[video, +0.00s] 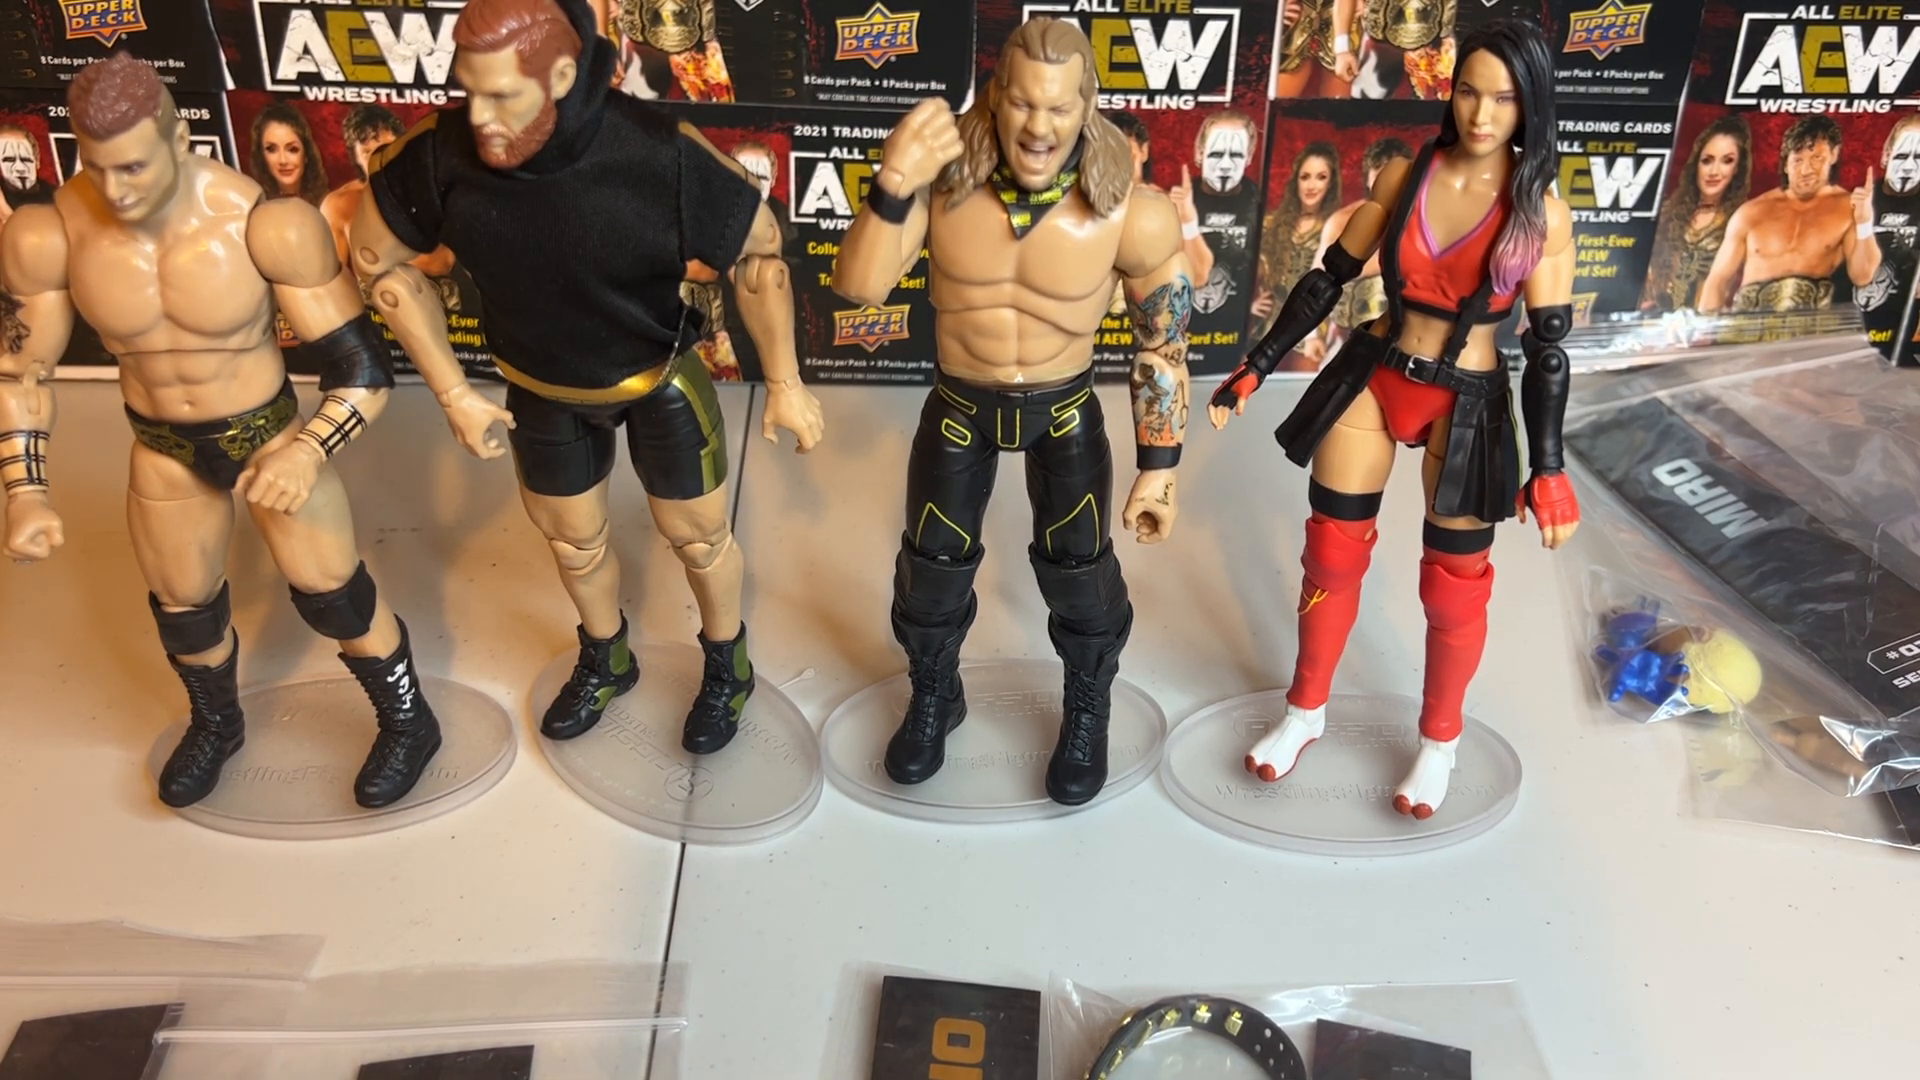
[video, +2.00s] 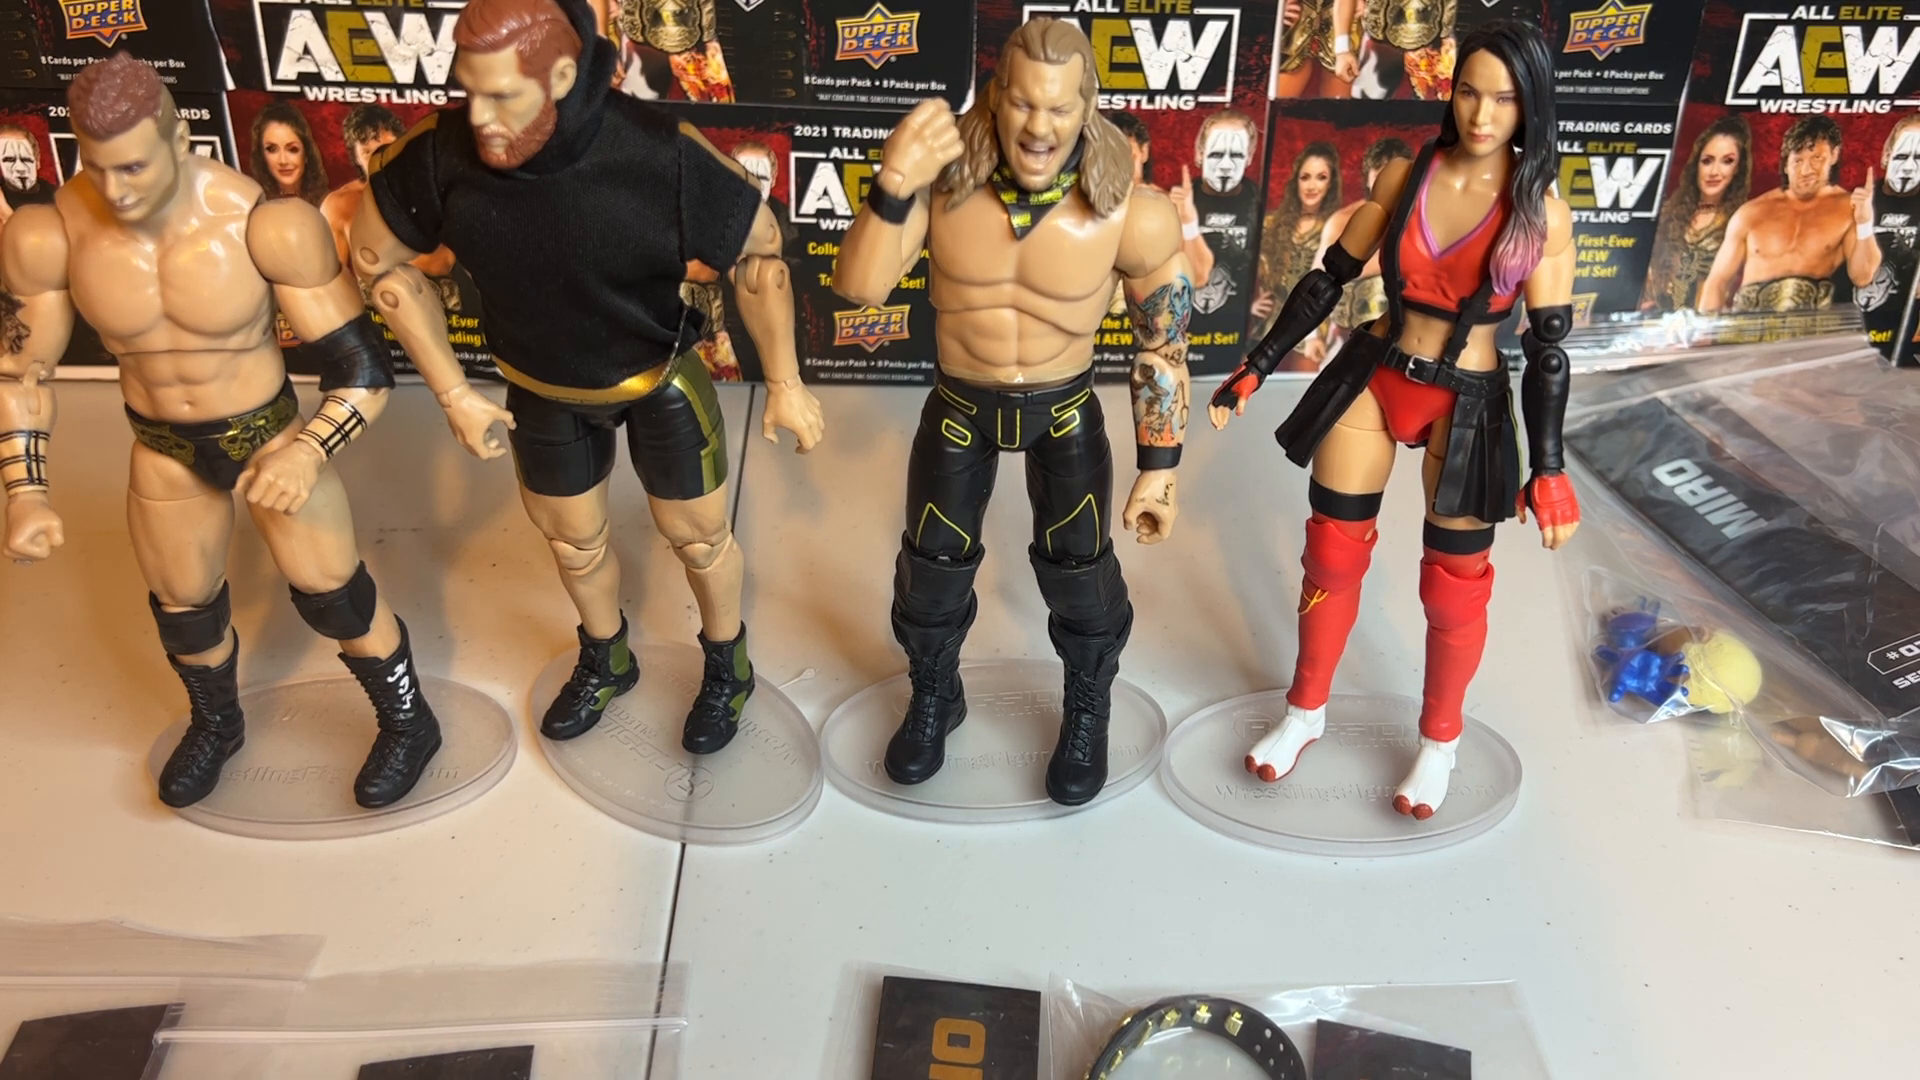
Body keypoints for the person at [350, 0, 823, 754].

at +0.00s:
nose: (481, 119)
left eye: (503, 96)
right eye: (468, 95)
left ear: (564, 76)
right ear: (456, 81)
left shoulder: (653, 155)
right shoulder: (443, 159)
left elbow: (757, 246)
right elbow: (372, 251)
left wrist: (784, 381)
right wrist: (452, 392)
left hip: (661, 382)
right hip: (542, 395)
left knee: (700, 540)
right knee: (575, 546)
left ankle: (726, 666)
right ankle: (607, 660)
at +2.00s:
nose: (481, 119)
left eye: (503, 96)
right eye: (468, 95)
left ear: (564, 76)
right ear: (457, 81)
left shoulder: (653, 155)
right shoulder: (443, 159)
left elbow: (757, 245)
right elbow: (372, 251)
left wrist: (784, 381)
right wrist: (452, 392)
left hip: (661, 382)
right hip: (542, 394)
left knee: (700, 540)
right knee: (575, 546)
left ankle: (726, 666)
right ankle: (607, 661)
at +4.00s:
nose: (481, 119)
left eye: (503, 96)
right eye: (468, 95)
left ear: (564, 76)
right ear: (456, 81)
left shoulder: (653, 155)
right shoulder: (442, 158)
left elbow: (757, 247)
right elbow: (372, 252)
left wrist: (784, 382)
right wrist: (452, 392)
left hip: (661, 382)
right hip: (542, 394)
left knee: (700, 541)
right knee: (575, 545)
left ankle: (726, 667)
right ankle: (607, 661)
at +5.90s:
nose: (482, 118)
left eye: (503, 96)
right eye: (469, 95)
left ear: (564, 76)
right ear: (457, 81)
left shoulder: (654, 155)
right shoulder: (443, 159)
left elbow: (758, 247)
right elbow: (372, 252)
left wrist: (785, 381)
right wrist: (453, 392)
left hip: (662, 381)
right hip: (544, 393)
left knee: (700, 539)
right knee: (576, 546)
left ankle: (726, 666)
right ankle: (607, 660)